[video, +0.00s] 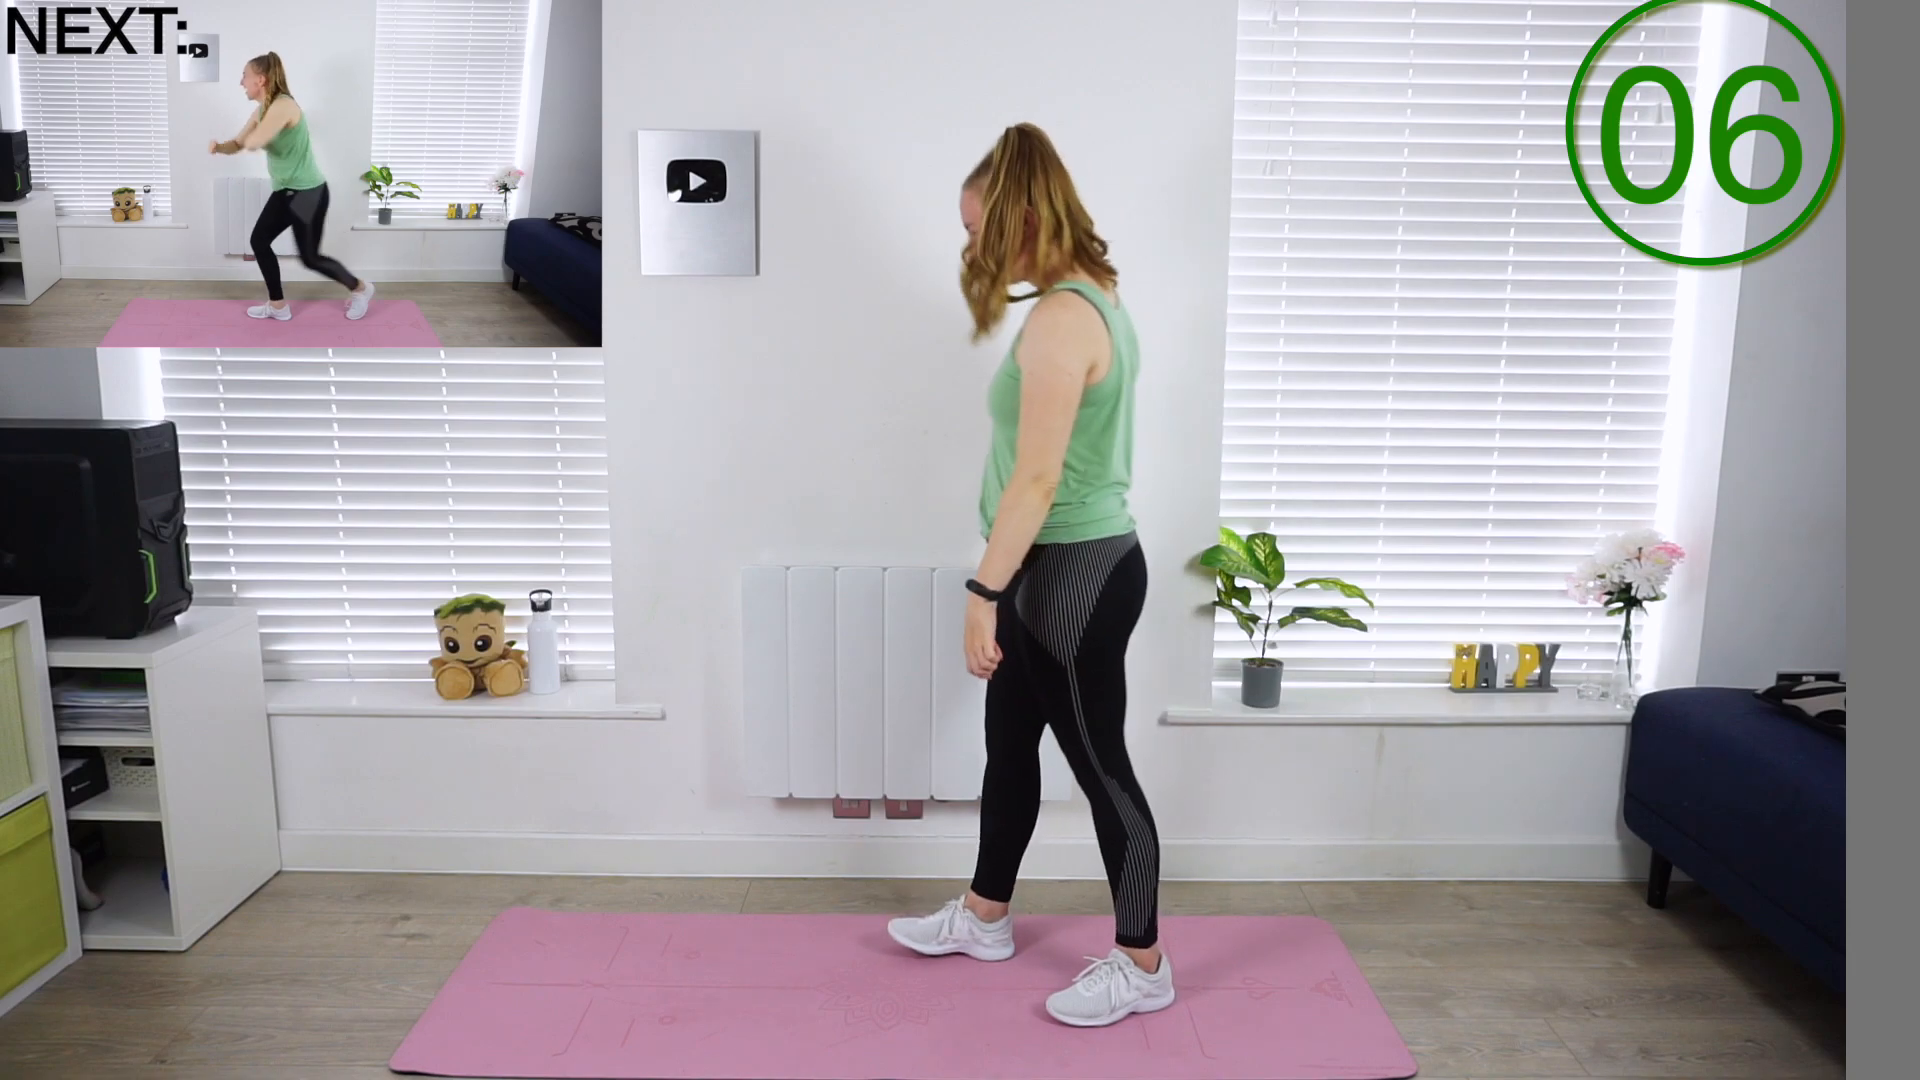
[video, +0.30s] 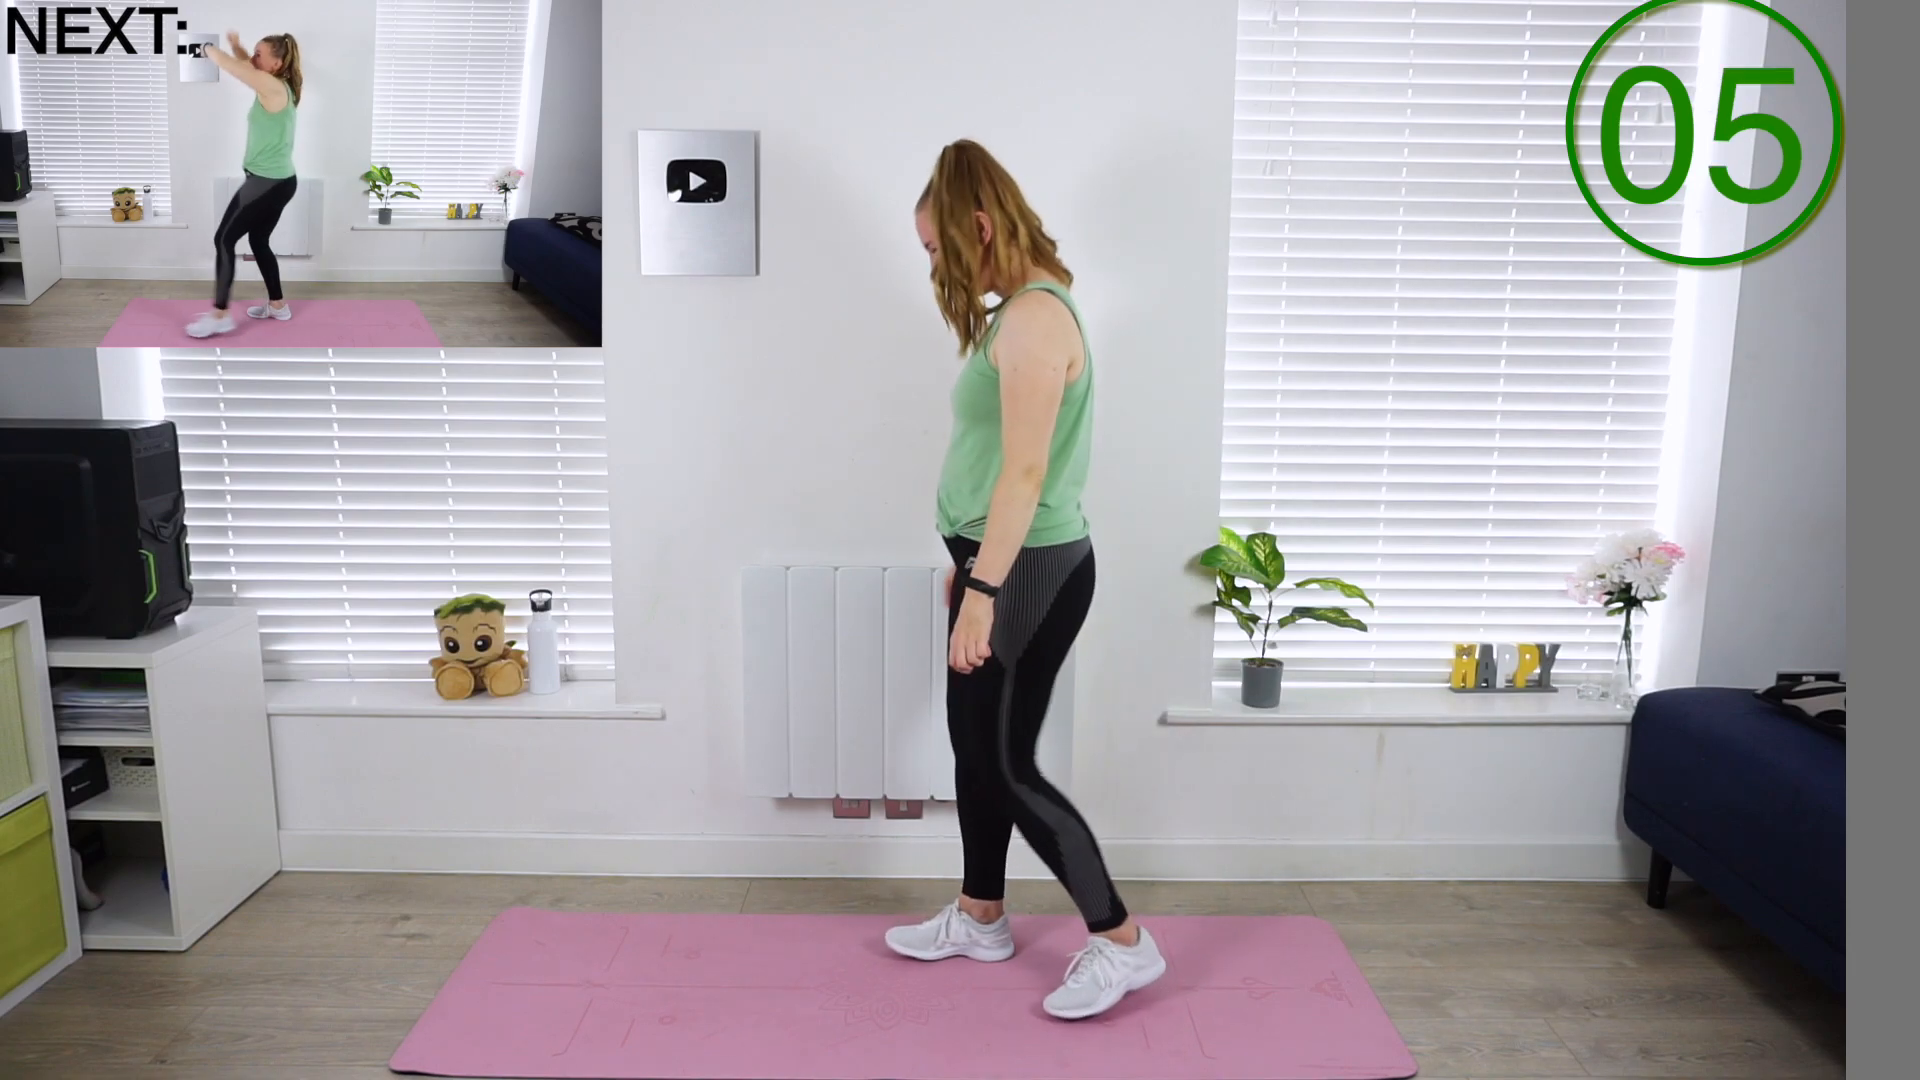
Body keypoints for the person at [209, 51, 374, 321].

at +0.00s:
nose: (242, 82)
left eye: (245, 77)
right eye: (243, 77)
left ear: (261, 81)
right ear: (261, 81)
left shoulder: (283, 105)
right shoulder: (263, 109)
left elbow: (255, 142)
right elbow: (239, 142)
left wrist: (247, 141)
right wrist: (220, 148)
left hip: (310, 192)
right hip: (285, 191)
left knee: (310, 258)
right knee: (259, 240)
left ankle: (361, 288)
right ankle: (278, 305)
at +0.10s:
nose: (246, 75)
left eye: (250, 70)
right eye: (247, 70)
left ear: (268, 75)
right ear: (268, 76)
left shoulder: (282, 99)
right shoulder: (271, 98)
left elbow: (236, 115)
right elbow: (238, 117)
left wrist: (234, 105)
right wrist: (228, 125)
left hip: (294, 189)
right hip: (278, 187)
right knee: (255, 243)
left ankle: (328, 285)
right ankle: (277, 305)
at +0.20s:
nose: (250, 68)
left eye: (255, 63)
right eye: (251, 62)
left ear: (275, 68)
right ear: (275, 68)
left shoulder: (278, 92)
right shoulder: (278, 92)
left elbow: (233, 86)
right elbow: (239, 88)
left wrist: (215, 69)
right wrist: (220, 73)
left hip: (281, 185)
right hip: (275, 183)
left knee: (238, 243)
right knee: (254, 242)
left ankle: (278, 302)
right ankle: (274, 300)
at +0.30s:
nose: (254, 59)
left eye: (259, 56)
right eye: (255, 55)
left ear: (278, 63)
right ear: (276, 65)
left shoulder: (272, 86)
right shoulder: (278, 84)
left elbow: (231, 67)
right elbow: (252, 70)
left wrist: (209, 49)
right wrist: (236, 48)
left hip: (267, 181)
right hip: (274, 179)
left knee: (225, 239)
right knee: (259, 241)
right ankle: (277, 305)